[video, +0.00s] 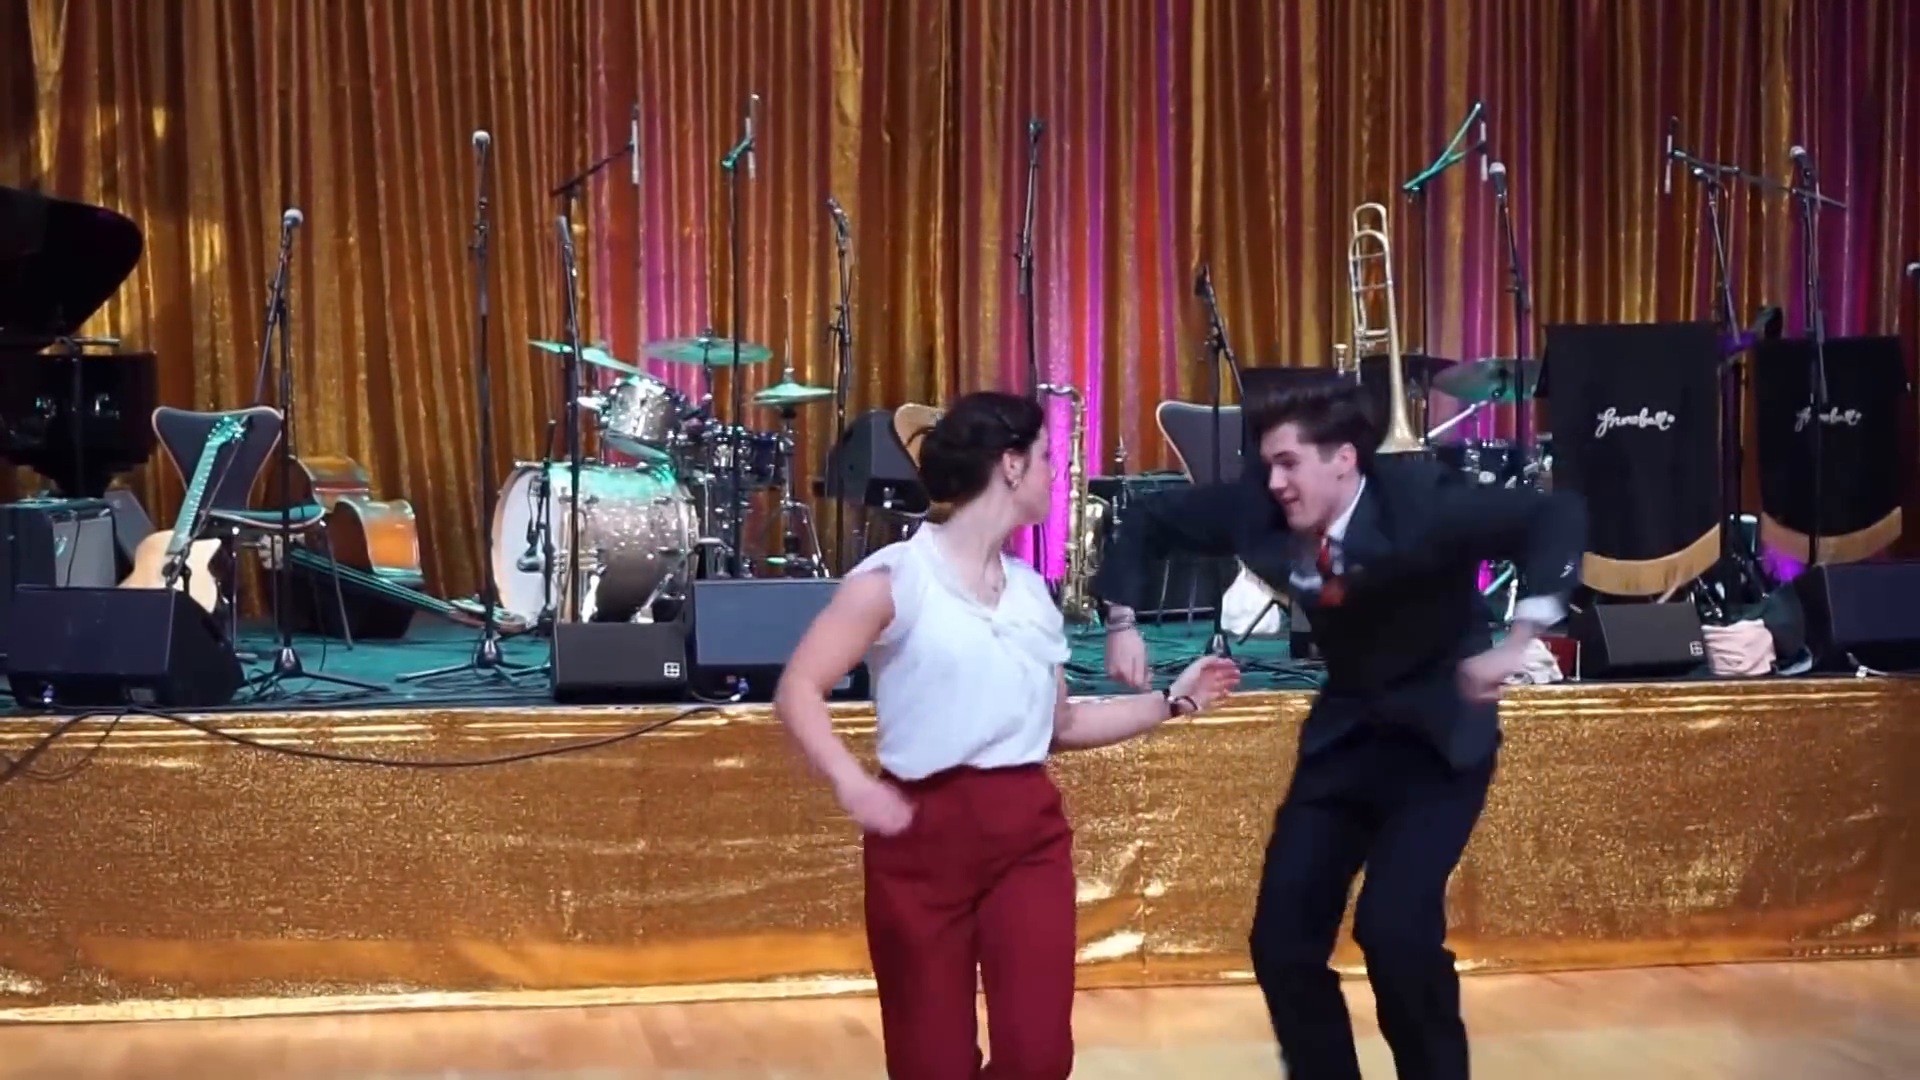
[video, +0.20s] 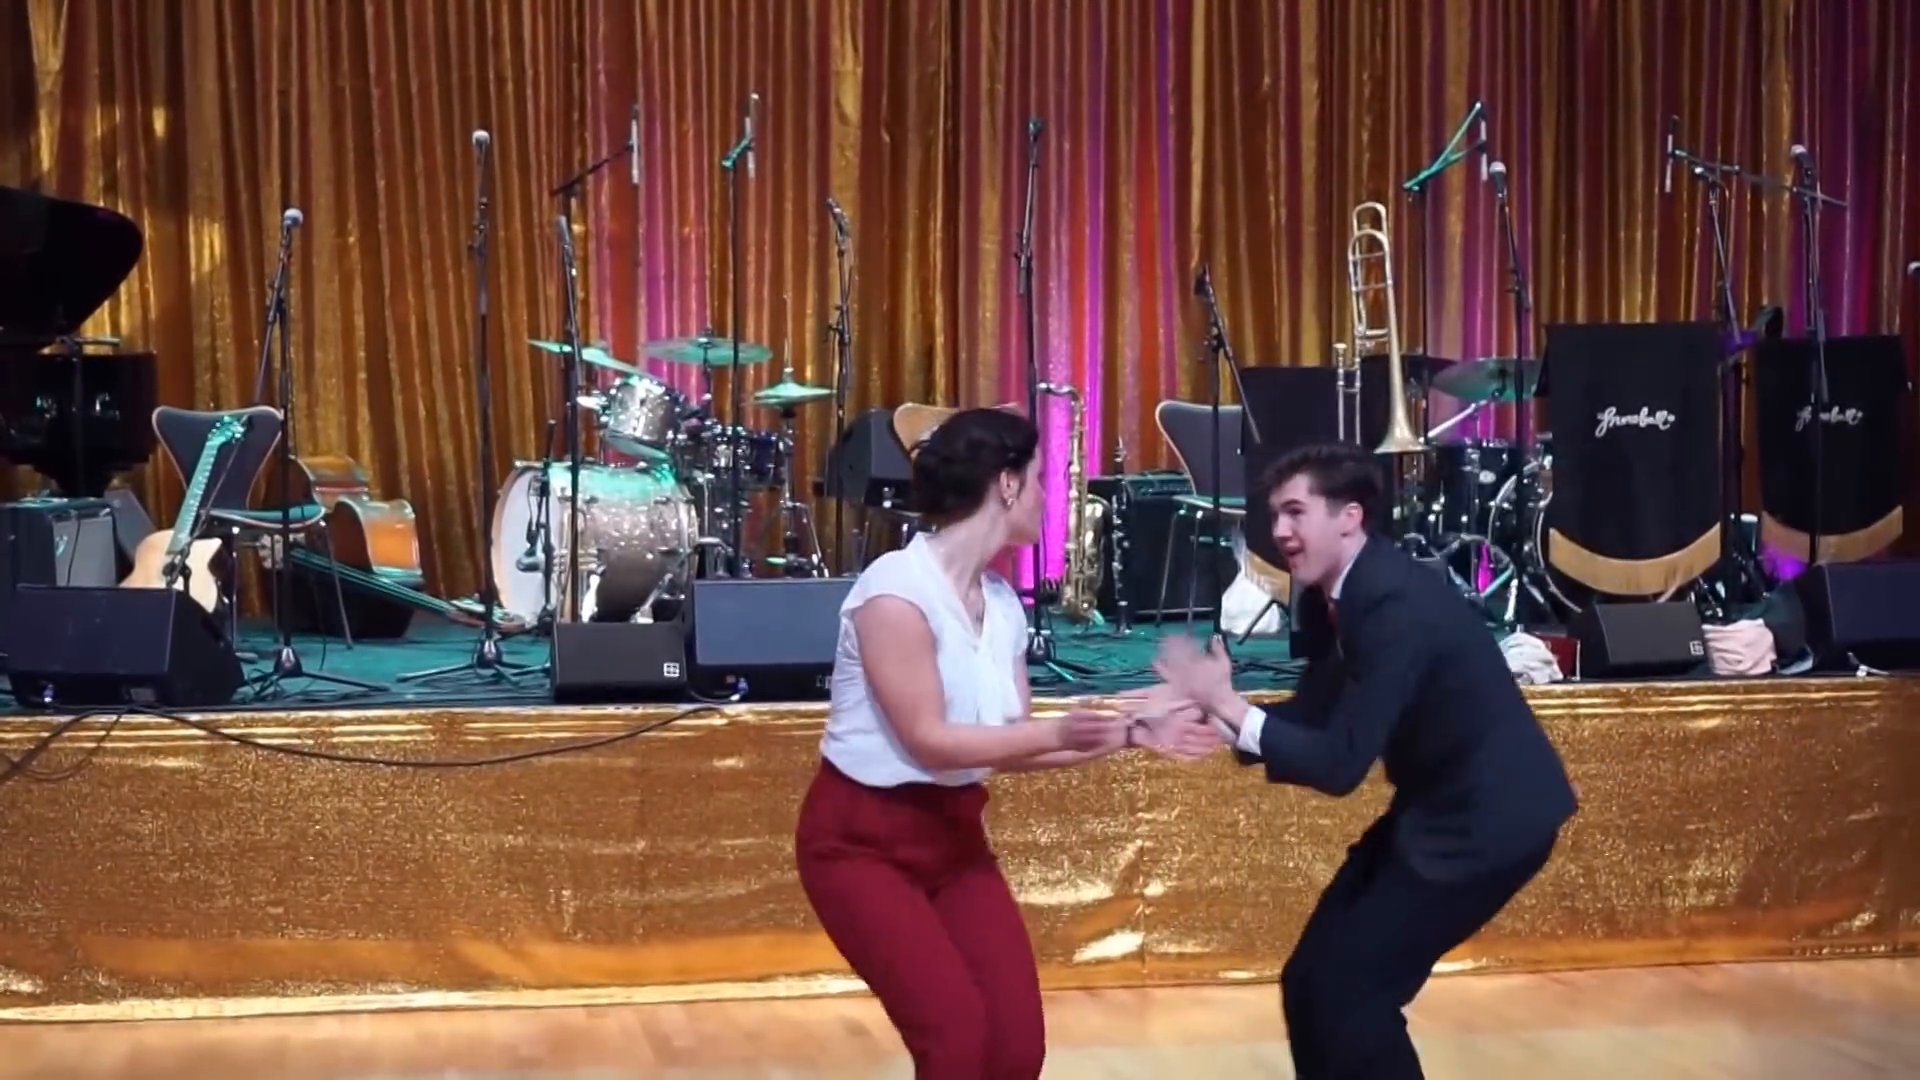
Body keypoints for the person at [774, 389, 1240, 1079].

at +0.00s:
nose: (1053, 475)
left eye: (1050, 458)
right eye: (1045, 457)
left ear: (1001, 469)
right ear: (1008, 466)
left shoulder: (1032, 592)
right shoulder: (893, 578)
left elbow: (1060, 724)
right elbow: (797, 692)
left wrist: (1174, 702)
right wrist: (856, 786)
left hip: (1030, 839)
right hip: (921, 843)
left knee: (1038, 1060)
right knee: (934, 1066)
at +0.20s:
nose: (1046, 497)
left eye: (1043, 479)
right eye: (1040, 477)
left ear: (997, 487)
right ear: (1006, 485)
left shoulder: (1005, 609)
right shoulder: (891, 592)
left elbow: (1015, 752)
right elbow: (930, 743)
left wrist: (1135, 726)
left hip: (956, 848)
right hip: (857, 844)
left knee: (1018, 1047)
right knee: (955, 1037)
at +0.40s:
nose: (994, 482)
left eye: (999, 465)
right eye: (992, 462)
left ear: (946, 454)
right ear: (948, 451)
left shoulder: (914, 548)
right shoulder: (870, 541)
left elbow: (945, 671)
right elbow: (894, 704)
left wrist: (1044, 659)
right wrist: (1000, 748)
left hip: (849, 812)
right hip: (794, 811)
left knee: (942, 1024)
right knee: (880, 1030)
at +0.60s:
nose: (890, 509)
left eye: (895, 494)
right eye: (885, 491)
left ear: (829, 481)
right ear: (835, 481)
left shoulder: (758, 566)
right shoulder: (826, 570)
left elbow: (758, 708)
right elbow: (792, 703)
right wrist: (783, 848)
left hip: (747, 810)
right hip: (794, 818)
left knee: (865, 1045)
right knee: (754, 1054)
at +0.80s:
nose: (830, 502)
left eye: (834, 486)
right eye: (823, 483)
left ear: (769, 471)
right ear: (772, 470)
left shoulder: (731, 534)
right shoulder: (774, 522)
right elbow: (725, 600)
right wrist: (710, 677)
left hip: (723, 823)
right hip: (771, 830)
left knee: (767, 1050)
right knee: (907, 1041)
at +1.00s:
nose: (818, 499)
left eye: (820, 483)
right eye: (810, 478)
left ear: (753, 473)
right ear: (756, 468)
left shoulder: (721, 551)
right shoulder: (768, 533)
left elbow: (746, 685)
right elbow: (788, 607)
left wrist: (848, 702)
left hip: (736, 831)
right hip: (789, 836)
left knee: (756, 1046)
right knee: (964, 1008)